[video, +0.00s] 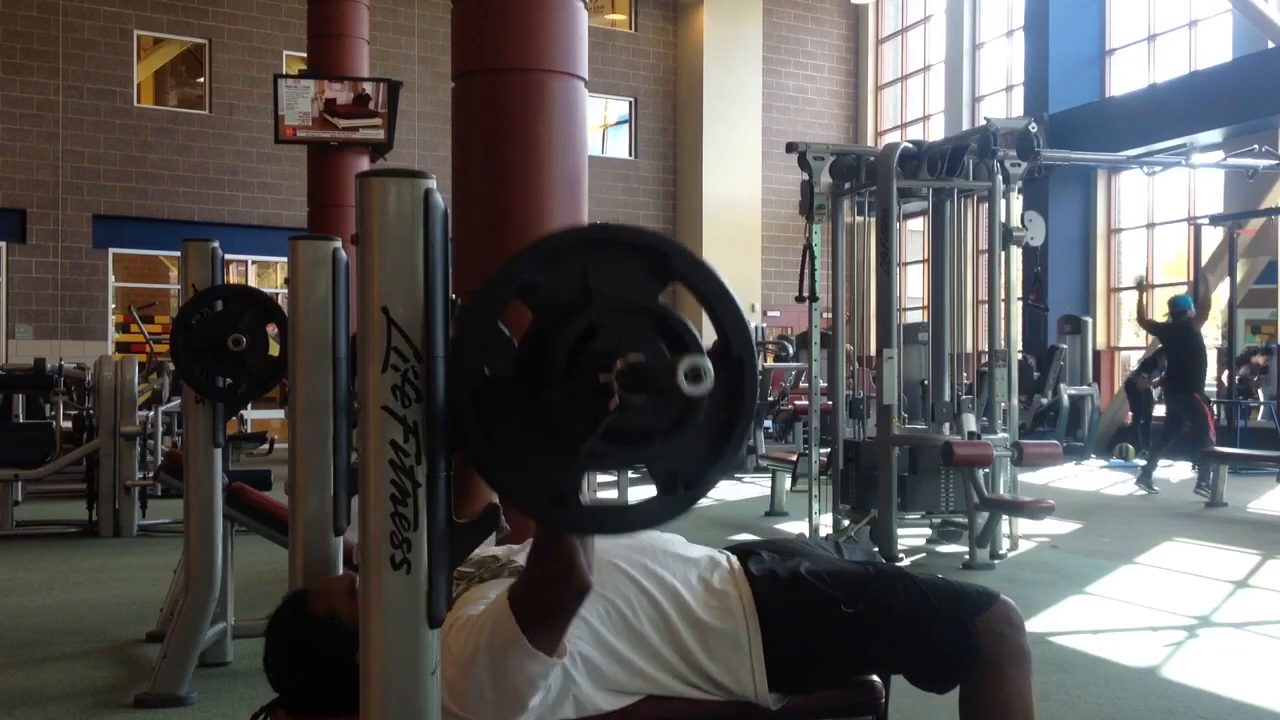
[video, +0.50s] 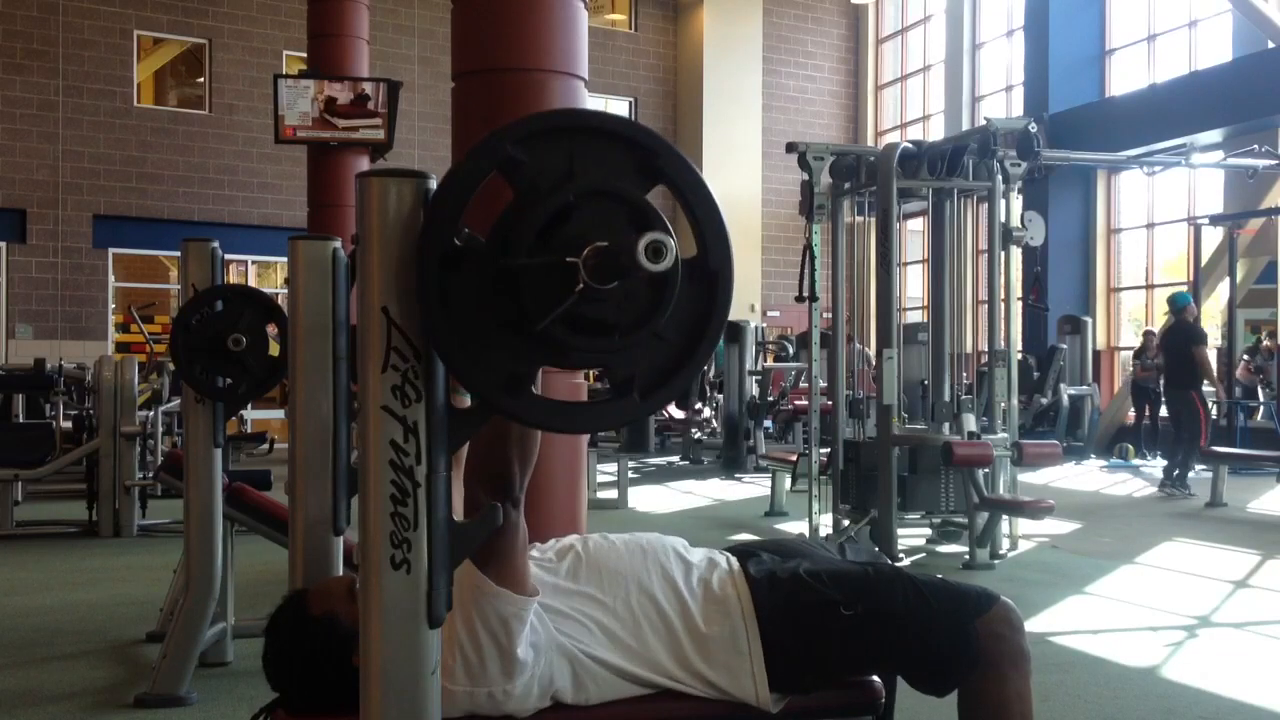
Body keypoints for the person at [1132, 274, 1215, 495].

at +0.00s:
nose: (1194, 312)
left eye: (1192, 309)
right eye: (1192, 309)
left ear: (1171, 312)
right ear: (1188, 312)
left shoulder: (1165, 329)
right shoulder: (1191, 327)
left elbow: (1143, 319)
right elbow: (1205, 306)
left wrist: (1141, 293)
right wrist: (1203, 281)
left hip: (1172, 391)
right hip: (1191, 392)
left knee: (1167, 433)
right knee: (1207, 433)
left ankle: (1146, 475)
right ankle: (1204, 481)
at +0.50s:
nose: (1196, 307)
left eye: (1193, 303)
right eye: (1193, 304)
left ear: (1175, 310)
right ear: (1188, 308)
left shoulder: (1166, 332)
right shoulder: (1194, 331)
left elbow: (1162, 363)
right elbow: (1203, 362)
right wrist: (1217, 385)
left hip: (1171, 389)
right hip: (1189, 390)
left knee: (1180, 433)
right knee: (1198, 435)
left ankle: (1168, 478)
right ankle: (1180, 480)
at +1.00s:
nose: (1199, 319)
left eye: (1197, 316)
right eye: (1198, 316)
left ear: (1176, 320)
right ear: (1194, 320)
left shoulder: (1170, 335)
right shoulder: (1196, 333)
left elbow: (1156, 317)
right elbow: (1207, 311)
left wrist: (1162, 290)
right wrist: (1197, 286)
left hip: (1177, 398)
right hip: (1194, 399)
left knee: (1176, 438)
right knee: (1216, 436)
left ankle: (1147, 478)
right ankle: (1210, 484)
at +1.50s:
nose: (1202, 315)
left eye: (1200, 311)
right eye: (1200, 312)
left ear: (1181, 317)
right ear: (1195, 315)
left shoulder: (1173, 341)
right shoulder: (1202, 340)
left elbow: (1175, 371)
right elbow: (1209, 371)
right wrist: (1221, 399)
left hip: (1177, 395)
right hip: (1195, 396)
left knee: (1193, 437)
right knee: (1209, 438)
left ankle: (1180, 480)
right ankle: (1188, 482)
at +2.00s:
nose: (1201, 321)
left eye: (1198, 316)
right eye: (1198, 317)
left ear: (1178, 319)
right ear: (1194, 319)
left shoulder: (1171, 336)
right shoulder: (1195, 336)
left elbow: (1161, 316)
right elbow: (1207, 314)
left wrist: (1169, 295)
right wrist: (1189, 292)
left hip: (1177, 400)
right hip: (1194, 401)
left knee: (1179, 443)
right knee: (1216, 442)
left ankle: (1148, 478)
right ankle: (1203, 487)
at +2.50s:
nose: (1200, 320)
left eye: (1198, 317)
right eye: (1198, 317)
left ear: (1179, 323)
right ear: (1193, 320)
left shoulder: (1170, 346)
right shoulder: (1202, 345)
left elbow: (1171, 377)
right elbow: (1209, 378)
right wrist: (1216, 409)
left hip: (1174, 401)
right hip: (1194, 401)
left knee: (1191, 443)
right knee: (1205, 444)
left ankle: (1178, 482)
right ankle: (1178, 482)